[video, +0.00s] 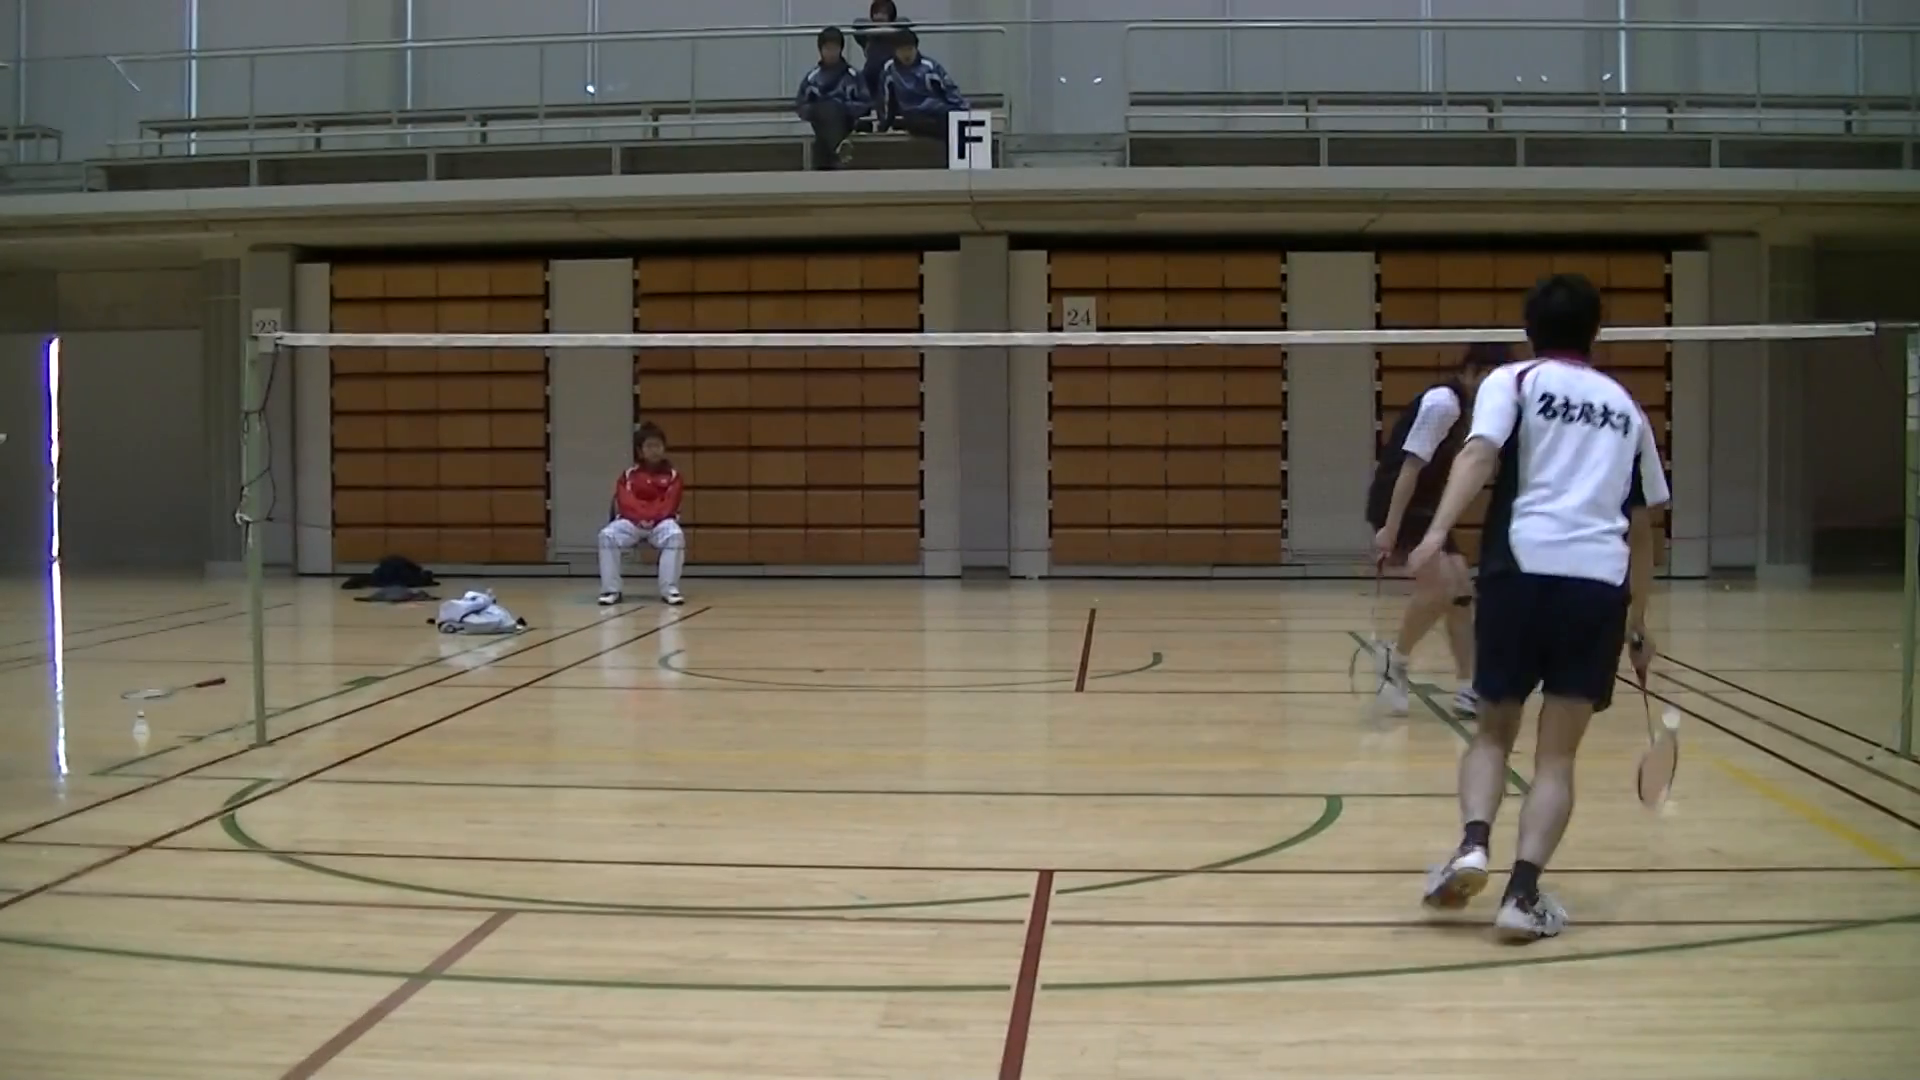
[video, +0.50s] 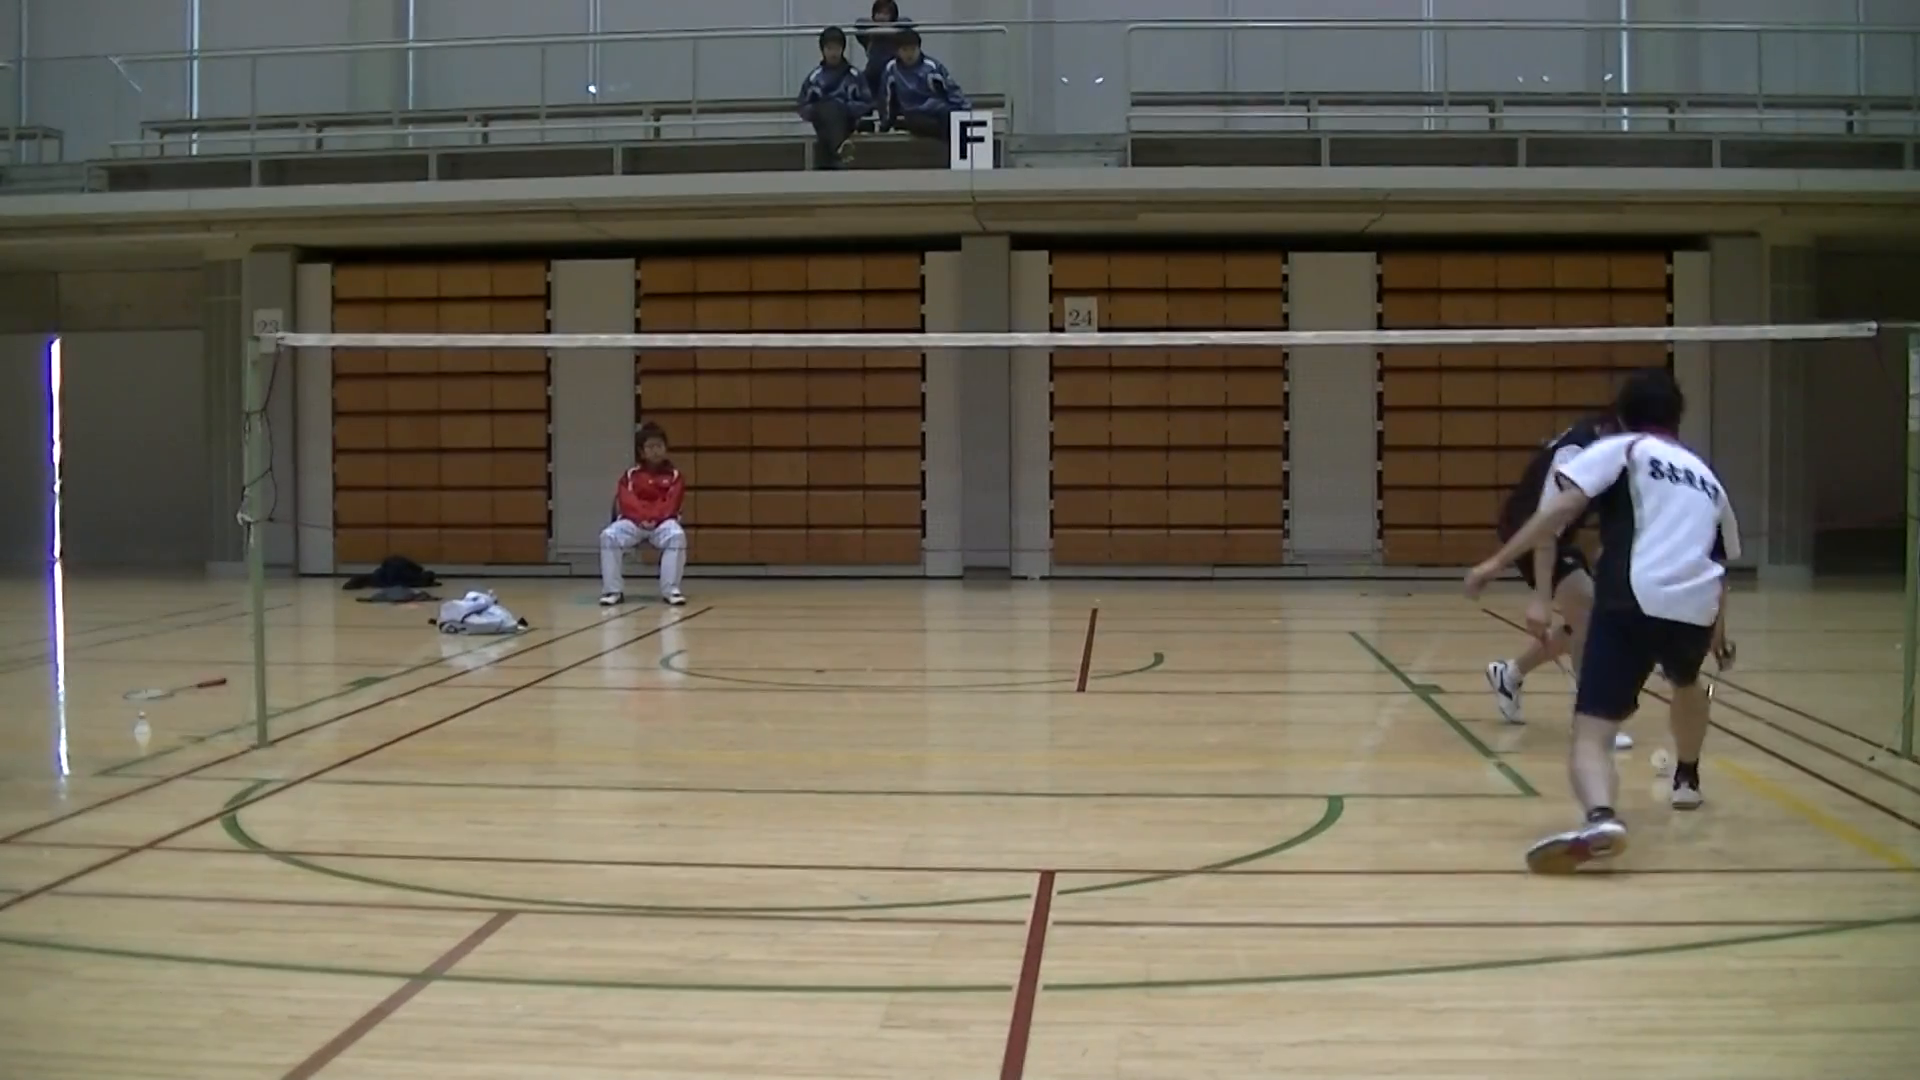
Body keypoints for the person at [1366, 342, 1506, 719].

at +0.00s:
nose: (1495, 387)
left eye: (1499, 380)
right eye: (1492, 377)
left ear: (1491, 377)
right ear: (1473, 371)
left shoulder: (1474, 410)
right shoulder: (1443, 402)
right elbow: (1410, 467)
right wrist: (1391, 527)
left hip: (1428, 508)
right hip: (1399, 509)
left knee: (1461, 589)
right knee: (1439, 584)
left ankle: (1471, 685)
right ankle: (1395, 661)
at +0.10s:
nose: (1516, 386)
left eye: (1520, 380)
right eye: (1511, 376)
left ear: (1519, 386)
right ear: (1494, 374)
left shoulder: (1514, 419)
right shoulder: (1464, 408)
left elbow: (1500, 485)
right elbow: (1430, 473)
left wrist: (1500, 534)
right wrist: (1410, 535)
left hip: (1476, 523)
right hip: (1441, 522)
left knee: (1489, 598)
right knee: (1489, 588)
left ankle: (1481, 689)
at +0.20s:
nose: (1546, 388)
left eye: (1550, 381)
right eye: (1541, 378)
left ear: (1551, 384)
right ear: (1524, 374)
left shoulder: (1546, 418)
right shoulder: (1488, 409)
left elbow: (1527, 484)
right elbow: (1458, 478)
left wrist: (1527, 530)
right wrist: (1446, 542)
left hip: (1509, 525)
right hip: (1473, 524)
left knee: (1516, 604)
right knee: (1514, 592)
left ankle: (1483, 687)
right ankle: (1517, 693)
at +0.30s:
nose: (1566, 402)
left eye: (1573, 393)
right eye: (1562, 391)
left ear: (1576, 393)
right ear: (1547, 386)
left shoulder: (1578, 426)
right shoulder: (1517, 414)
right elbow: (1491, 487)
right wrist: (1486, 552)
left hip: (1543, 536)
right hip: (1504, 537)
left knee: (1536, 615)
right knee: (1535, 605)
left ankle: (1494, 681)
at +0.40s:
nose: (1616, 422)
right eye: (1611, 411)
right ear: (1591, 405)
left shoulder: (1599, 447)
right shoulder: (1551, 441)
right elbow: (1524, 511)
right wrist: (1519, 583)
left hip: (1551, 533)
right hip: (1519, 535)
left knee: (1575, 619)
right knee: (1579, 610)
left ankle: (1505, 676)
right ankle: (1592, 715)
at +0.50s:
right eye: (1639, 435)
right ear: (1622, 425)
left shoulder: (1624, 448)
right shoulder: (1578, 446)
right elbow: (1546, 524)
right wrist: (1542, 599)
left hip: (1560, 536)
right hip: (1530, 531)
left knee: (1585, 620)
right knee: (1589, 609)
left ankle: (1511, 673)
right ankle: (1598, 720)